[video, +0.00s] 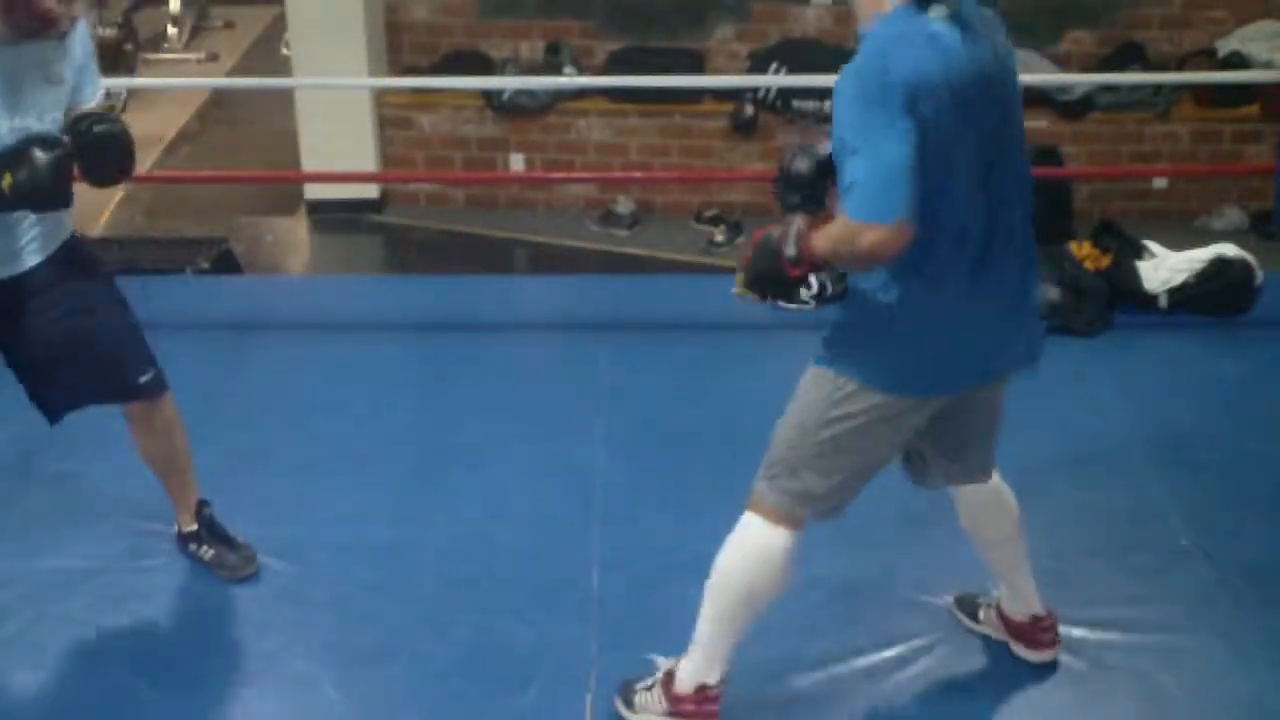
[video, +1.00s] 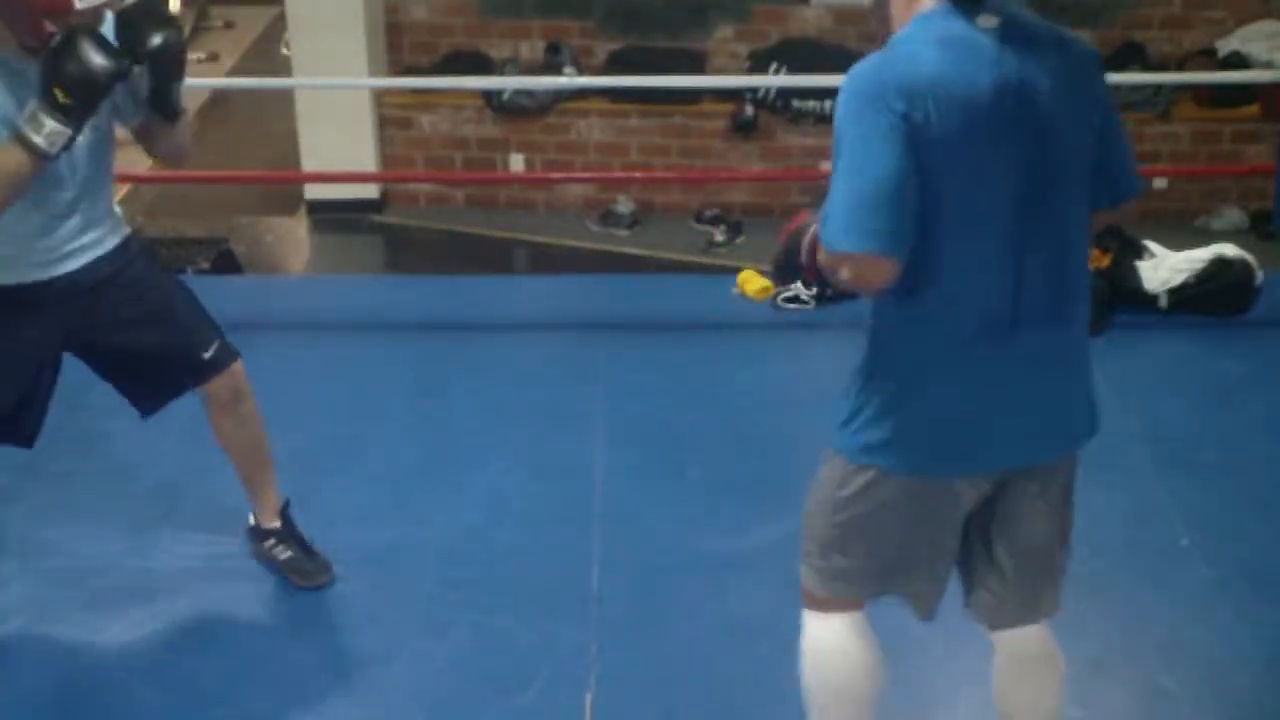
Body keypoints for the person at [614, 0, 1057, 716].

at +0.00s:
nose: (835, 8)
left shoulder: (877, 74)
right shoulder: (978, 29)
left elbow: (882, 230)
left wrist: (797, 246)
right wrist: (848, 173)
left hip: (899, 334)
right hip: (992, 318)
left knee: (778, 503)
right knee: (968, 469)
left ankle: (693, 684)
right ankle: (1027, 616)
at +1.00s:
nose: (877, 10)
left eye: (880, 4)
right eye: (882, 7)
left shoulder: (885, 80)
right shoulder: (1070, 59)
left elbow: (872, 265)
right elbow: (1114, 198)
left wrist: (819, 247)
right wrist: (1016, 218)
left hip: (919, 416)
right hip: (1047, 410)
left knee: (832, 596)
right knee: (1023, 620)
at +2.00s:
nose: (658, 15)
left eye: (661, 4)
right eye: (661, 4)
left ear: (680, 16)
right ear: (776, 13)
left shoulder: (659, 139)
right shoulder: (863, 105)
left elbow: (615, 337)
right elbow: (909, 246)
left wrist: (602, 358)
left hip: (733, 457)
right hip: (857, 432)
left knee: (662, 656)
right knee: (873, 571)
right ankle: (916, 709)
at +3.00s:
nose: (605, 52)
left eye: (611, 37)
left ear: (623, 53)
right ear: (732, 54)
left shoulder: (556, 172)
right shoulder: (785, 170)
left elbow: (473, 330)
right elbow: (769, 283)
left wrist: (554, 330)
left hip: (589, 491)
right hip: (726, 507)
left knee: (556, 612)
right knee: (731, 704)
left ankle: (524, 710)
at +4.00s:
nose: (703, 60)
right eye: (697, 48)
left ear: (590, 43)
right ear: (681, 62)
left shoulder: (519, 112)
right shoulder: (678, 165)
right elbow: (737, 287)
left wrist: (504, 15)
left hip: (485, 440)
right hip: (601, 479)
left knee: (518, 533)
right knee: (662, 697)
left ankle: (496, 656)